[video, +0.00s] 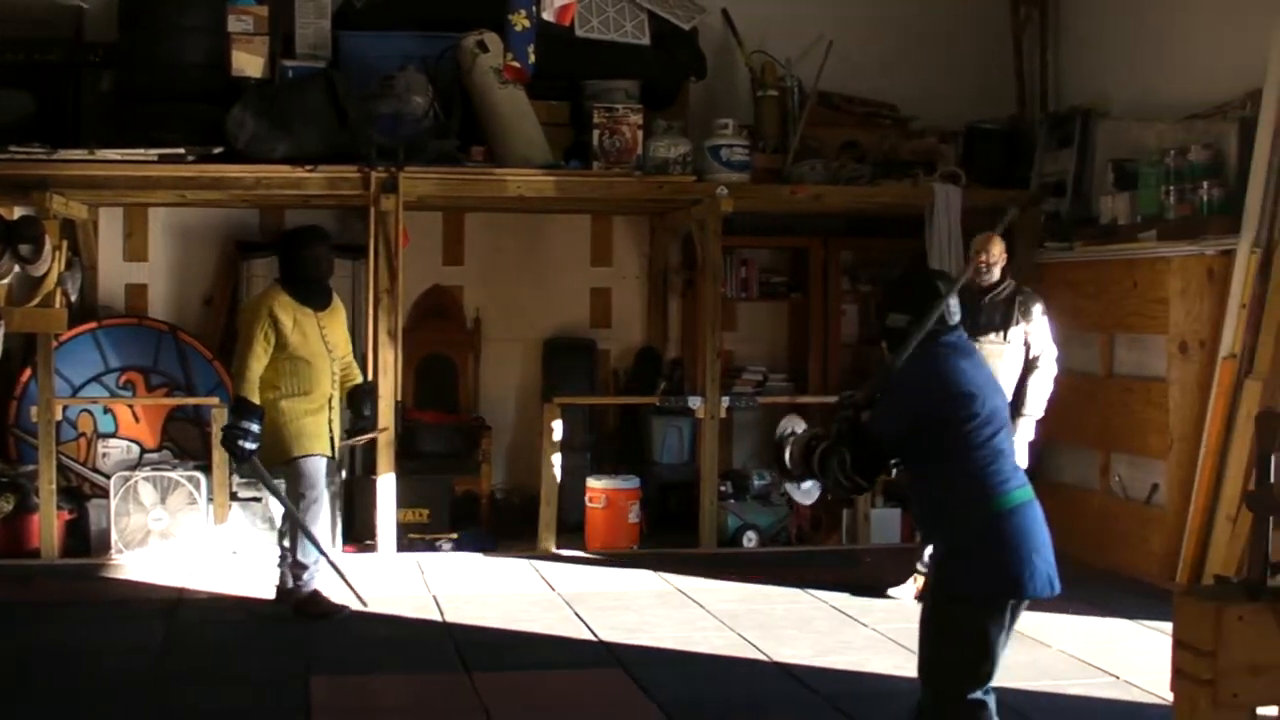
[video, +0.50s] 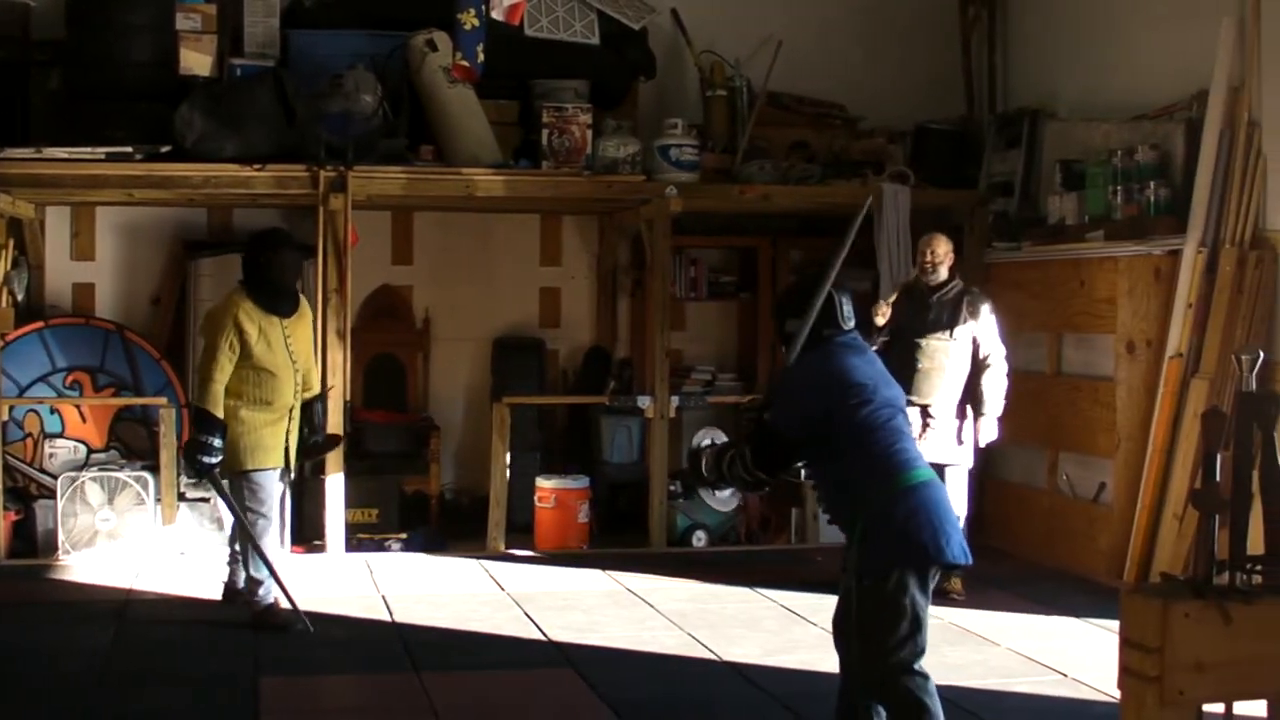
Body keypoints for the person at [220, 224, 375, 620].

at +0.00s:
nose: (327, 266)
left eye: (328, 257)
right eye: (318, 258)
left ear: (331, 262)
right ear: (295, 262)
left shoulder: (333, 306)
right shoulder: (270, 306)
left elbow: (345, 360)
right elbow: (249, 365)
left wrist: (361, 394)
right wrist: (246, 418)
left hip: (325, 419)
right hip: (292, 419)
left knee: (307, 499)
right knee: (313, 495)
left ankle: (291, 582)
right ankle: (304, 585)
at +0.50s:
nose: (296, 274)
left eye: (297, 266)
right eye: (287, 266)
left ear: (298, 268)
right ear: (263, 268)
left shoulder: (301, 310)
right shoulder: (232, 313)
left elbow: (308, 369)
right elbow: (212, 378)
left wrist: (315, 424)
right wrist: (206, 438)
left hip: (285, 429)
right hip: (248, 431)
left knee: (262, 512)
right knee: (263, 514)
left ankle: (239, 587)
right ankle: (262, 598)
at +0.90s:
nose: (287, 276)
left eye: (289, 267)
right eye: (278, 268)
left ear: (290, 268)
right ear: (254, 270)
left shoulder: (295, 310)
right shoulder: (232, 314)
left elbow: (320, 357)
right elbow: (234, 378)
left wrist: (328, 416)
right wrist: (249, 436)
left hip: (274, 427)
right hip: (238, 426)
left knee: (249, 505)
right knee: (252, 507)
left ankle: (224, 583)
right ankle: (257, 597)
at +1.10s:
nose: (298, 277)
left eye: (301, 269)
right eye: (290, 269)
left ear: (302, 270)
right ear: (265, 271)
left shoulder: (304, 304)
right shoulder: (242, 312)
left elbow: (343, 331)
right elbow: (255, 358)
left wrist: (362, 371)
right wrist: (282, 388)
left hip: (282, 421)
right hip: (248, 424)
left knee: (259, 506)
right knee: (262, 509)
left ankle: (237, 584)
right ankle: (269, 595)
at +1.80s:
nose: (295, 275)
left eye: (296, 266)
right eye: (285, 267)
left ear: (297, 267)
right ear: (258, 270)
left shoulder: (306, 312)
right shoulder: (231, 316)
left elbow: (324, 359)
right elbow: (218, 379)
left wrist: (319, 398)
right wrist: (255, 377)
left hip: (288, 425)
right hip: (248, 425)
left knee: (261, 504)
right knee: (264, 506)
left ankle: (237, 582)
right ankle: (268, 594)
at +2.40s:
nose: (282, 273)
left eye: (285, 264)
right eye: (273, 265)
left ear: (287, 265)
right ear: (250, 268)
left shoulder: (298, 306)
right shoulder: (227, 310)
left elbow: (318, 362)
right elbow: (221, 371)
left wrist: (321, 418)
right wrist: (265, 343)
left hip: (283, 425)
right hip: (244, 426)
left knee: (261, 506)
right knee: (261, 506)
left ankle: (237, 582)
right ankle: (268, 595)